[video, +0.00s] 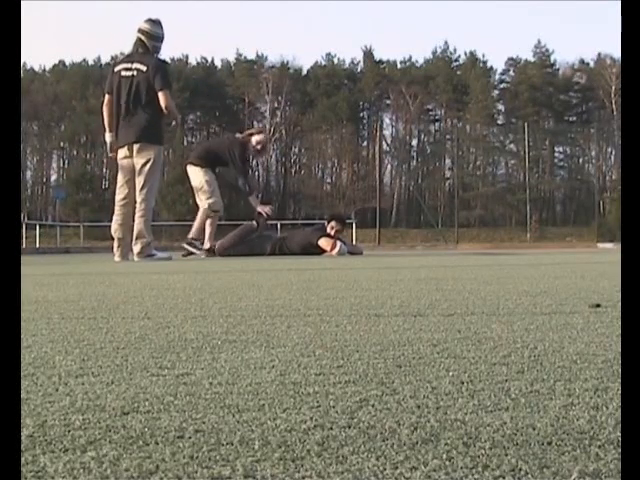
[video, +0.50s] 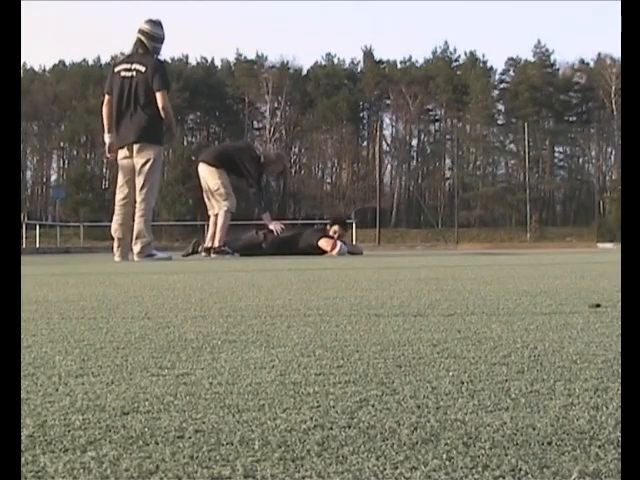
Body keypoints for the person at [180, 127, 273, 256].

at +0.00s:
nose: (259, 148)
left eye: (262, 146)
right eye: (258, 143)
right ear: (250, 137)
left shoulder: (242, 149)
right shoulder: (237, 146)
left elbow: (246, 178)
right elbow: (242, 181)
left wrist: (257, 203)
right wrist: (257, 205)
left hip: (207, 166)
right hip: (198, 164)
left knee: (215, 208)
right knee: (208, 204)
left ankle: (208, 246)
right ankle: (192, 238)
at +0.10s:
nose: (261, 151)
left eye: (264, 151)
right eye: (262, 146)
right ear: (255, 139)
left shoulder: (244, 151)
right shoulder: (239, 148)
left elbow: (247, 180)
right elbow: (244, 181)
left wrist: (258, 206)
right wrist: (258, 208)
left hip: (208, 166)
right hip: (199, 163)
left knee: (216, 206)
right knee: (211, 203)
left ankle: (209, 243)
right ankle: (200, 240)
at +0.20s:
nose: (268, 160)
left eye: (270, 157)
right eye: (267, 155)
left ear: (257, 147)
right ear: (259, 148)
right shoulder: (242, 152)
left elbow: (249, 187)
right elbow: (248, 187)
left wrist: (260, 213)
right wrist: (263, 214)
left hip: (202, 164)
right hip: (204, 165)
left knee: (211, 207)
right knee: (216, 203)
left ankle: (208, 245)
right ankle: (214, 244)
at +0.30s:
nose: (270, 158)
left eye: (271, 155)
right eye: (269, 154)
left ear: (260, 148)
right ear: (261, 149)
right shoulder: (244, 153)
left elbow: (251, 188)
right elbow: (251, 187)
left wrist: (261, 215)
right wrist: (265, 217)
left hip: (202, 164)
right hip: (207, 165)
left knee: (211, 209)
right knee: (218, 205)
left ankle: (208, 246)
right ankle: (218, 246)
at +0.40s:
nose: (275, 171)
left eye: (277, 168)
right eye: (275, 167)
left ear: (267, 156)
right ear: (269, 159)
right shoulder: (251, 159)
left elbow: (255, 192)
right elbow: (255, 191)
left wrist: (265, 219)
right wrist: (268, 220)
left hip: (203, 163)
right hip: (211, 165)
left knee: (213, 209)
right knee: (224, 205)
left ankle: (207, 246)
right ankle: (218, 246)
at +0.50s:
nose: (274, 173)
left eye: (277, 172)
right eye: (277, 170)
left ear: (270, 158)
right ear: (273, 161)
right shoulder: (253, 161)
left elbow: (256, 193)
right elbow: (257, 193)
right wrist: (269, 222)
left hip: (204, 164)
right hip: (214, 166)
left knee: (215, 210)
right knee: (226, 205)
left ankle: (208, 245)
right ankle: (218, 246)